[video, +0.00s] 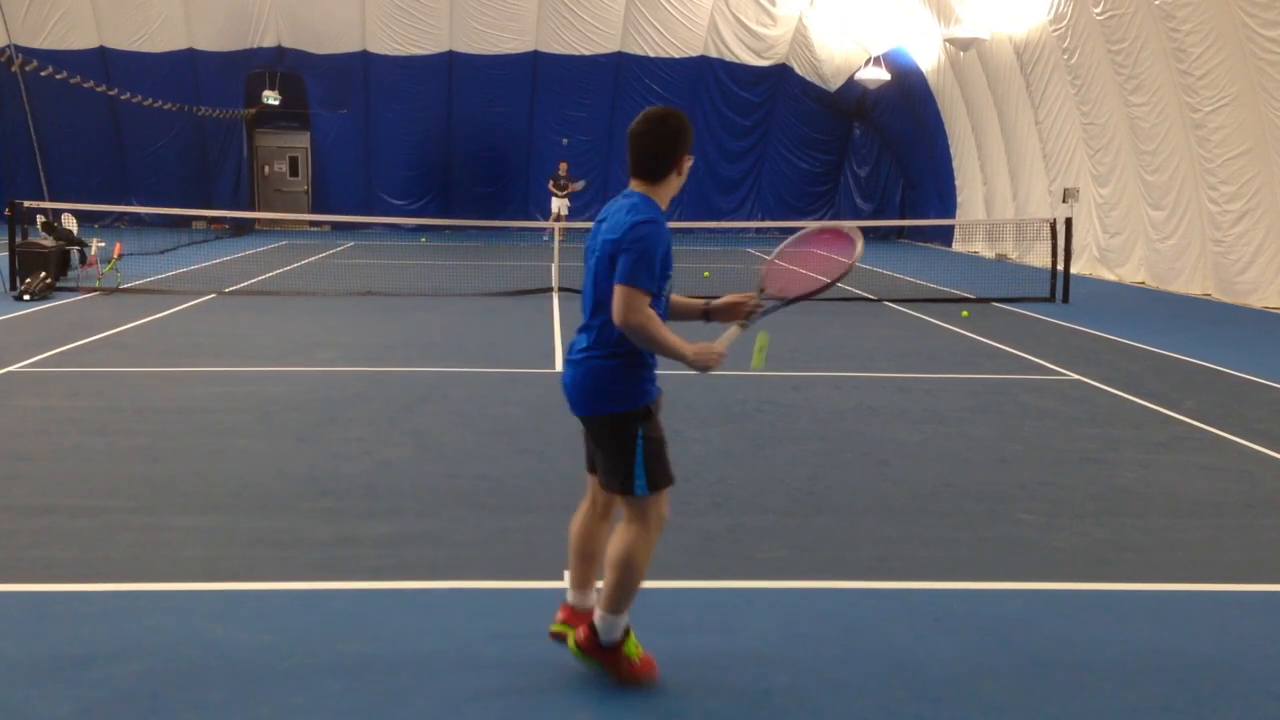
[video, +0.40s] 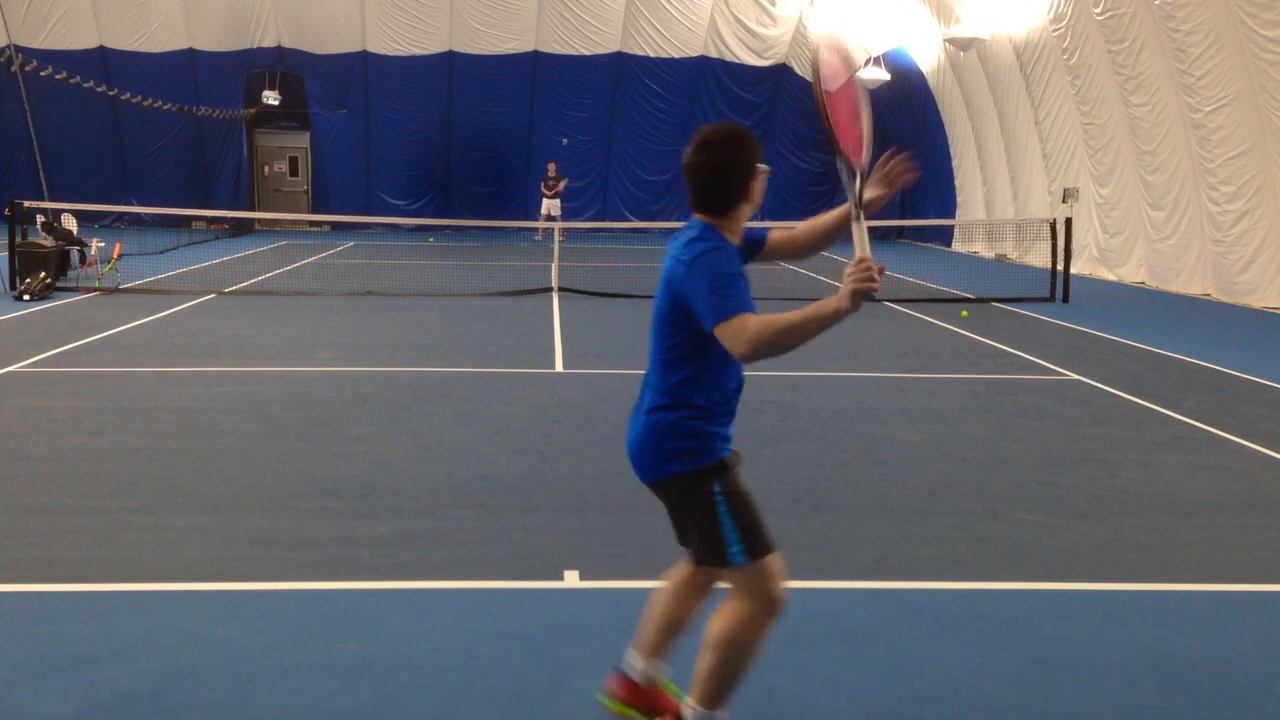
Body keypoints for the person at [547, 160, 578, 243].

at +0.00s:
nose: (564, 167)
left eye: (565, 165)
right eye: (562, 165)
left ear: (567, 167)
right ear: (559, 166)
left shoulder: (568, 177)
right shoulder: (555, 176)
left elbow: (570, 188)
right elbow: (550, 186)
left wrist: (564, 193)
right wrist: (558, 192)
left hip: (564, 199)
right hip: (555, 198)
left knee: (563, 216)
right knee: (554, 214)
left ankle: (562, 234)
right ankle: (548, 231)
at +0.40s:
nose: (551, 167)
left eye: (552, 165)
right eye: (550, 166)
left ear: (555, 167)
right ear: (547, 167)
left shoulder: (559, 177)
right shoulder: (545, 177)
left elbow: (561, 187)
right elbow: (542, 187)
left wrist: (554, 191)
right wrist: (548, 193)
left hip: (555, 199)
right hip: (546, 199)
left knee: (558, 217)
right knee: (543, 216)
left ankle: (560, 235)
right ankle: (540, 235)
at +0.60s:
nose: (544, 168)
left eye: (546, 166)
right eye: (543, 166)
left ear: (548, 167)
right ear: (541, 167)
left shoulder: (553, 177)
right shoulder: (539, 177)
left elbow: (555, 187)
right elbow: (536, 187)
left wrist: (546, 190)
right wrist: (541, 193)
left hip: (550, 198)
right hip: (541, 198)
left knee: (550, 216)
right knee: (539, 216)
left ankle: (560, 232)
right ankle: (540, 234)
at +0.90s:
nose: (541, 168)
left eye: (542, 166)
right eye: (539, 166)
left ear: (545, 167)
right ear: (537, 167)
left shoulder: (549, 177)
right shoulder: (536, 178)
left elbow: (552, 187)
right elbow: (532, 188)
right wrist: (538, 193)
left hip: (546, 199)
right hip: (537, 199)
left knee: (546, 216)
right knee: (536, 216)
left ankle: (547, 235)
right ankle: (538, 234)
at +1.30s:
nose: (535, 171)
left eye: (537, 169)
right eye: (534, 169)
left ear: (539, 170)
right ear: (532, 170)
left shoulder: (543, 180)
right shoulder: (529, 180)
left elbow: (546, 190)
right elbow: (526, 190)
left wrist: (538, 193)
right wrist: (531, 196)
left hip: (540, 202)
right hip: (530, 201)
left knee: (542, 218)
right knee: (525, 217)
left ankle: (545, 235)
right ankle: (521, 235)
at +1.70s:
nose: (547, 169)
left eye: (548, 167)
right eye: (546, 167)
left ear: (551, 169)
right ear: (543, 169)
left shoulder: (552, 178)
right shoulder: (539, 178)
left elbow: (554, 188)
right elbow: (536, 190)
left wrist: (550, 196)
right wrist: (544, 197)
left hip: (548, 198)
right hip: (539, 198)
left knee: (552, 216)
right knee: (539, 215)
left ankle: (548, 233)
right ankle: (535, 233)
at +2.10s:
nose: (568, 179)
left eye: (568, 177)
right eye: (567, 177)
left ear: (563, 177)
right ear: (562, 176)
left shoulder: (558, 184)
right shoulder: (561, 186)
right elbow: (566, 197)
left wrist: (567, 188)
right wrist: (573, 196)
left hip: (548, 203)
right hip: (551, 204)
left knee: (557, 219)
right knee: (563, 218)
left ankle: (551, 235)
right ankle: (561, 236)